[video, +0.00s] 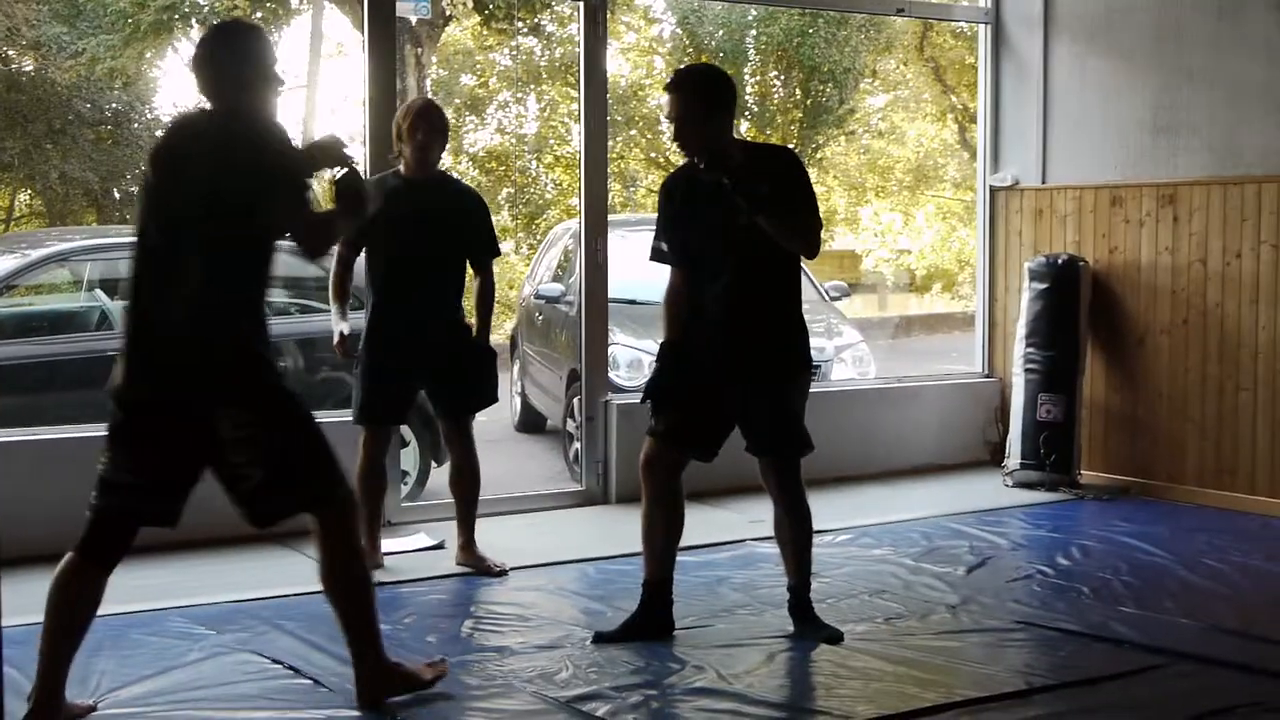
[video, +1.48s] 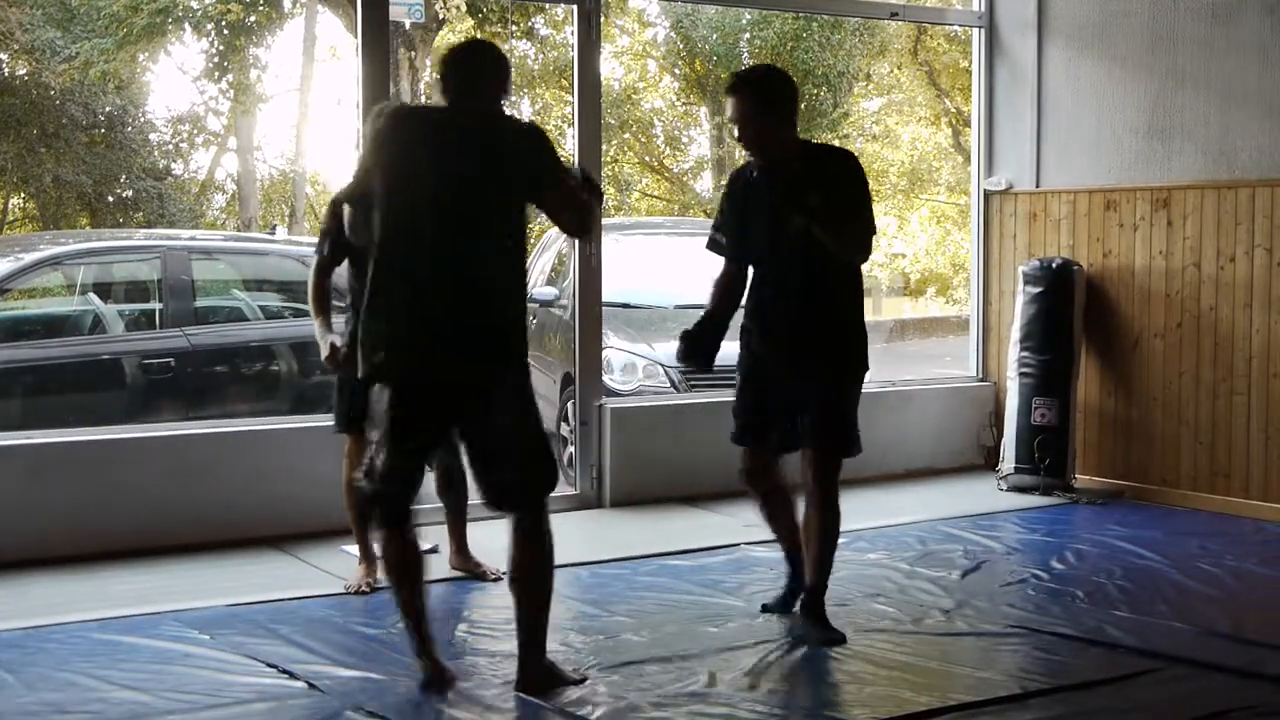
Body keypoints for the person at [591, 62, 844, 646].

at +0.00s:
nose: (673, 130)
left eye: (681, 117)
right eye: (671, 118)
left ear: (716, 113)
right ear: (686, 115)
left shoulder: (778, 165)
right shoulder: (680, 187)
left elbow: (807, 244)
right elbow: (679, 279)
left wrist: (741, 190)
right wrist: (669, 356)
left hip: (772, 352)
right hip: (701, 353)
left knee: (784, 479)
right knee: (658, 464)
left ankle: (801, 605)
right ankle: (655, 610)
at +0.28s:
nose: (664, 134)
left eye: (671, 121)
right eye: (662, 122)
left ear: (707, 115)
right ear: (680, 118)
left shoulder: (771, 168)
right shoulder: (673, 190)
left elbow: (797, 248)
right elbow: (673, 282)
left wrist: (734, 200)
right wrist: (664, 357)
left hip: (766, 353)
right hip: (695, 354)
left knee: (779, 481)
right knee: (653, 467)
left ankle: (797, 606)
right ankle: (653, 612)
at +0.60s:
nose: (670, 138)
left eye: (677, 125)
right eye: (668, 127)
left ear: (712, 120)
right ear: (685, 124)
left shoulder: (780, 169)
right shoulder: (682, 193)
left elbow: (809, 254)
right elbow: (693, 278)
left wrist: (736, 210)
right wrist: (699, 354)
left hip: (790, 349)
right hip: (721, 352)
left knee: (796, 484)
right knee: (676, 470)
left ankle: (800, 609)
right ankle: (649, 604)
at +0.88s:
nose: (693, 141)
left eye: (700, 127)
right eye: (691, 129)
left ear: (733, 122)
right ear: (715, 128)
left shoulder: (803, 169)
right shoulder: (710, 193)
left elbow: (843, 257)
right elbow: (730, 280)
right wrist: (730, 355)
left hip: (821, 348)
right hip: (755, 349)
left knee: (814, 480)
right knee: (712, 457)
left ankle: (804, 607)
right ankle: (733, 578)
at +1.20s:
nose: (713, 136)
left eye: (721, 123)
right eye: (711, 124)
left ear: (755, 119)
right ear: (732, 125)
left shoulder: (818, 168)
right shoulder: (728, 189)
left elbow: (848, 252)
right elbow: (730, 279)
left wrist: (783, 205)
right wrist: (713, 350)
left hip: (825, 334)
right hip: (765, 338)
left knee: (809, 464)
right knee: (781, 465)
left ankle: (805, 596)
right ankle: (818, 572)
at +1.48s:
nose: (738, 132)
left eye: (746, 120)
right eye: (734, 121)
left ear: (782, 115)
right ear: (741, 120)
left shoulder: (838, 168)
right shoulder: (747, 183)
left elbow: (857, 251)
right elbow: (733, 272)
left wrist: (807, 207)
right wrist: (708, 331)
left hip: (831, 343)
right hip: (766, 344)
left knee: (821, 478)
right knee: (758, 468)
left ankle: (814, 603)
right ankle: (798, 567)